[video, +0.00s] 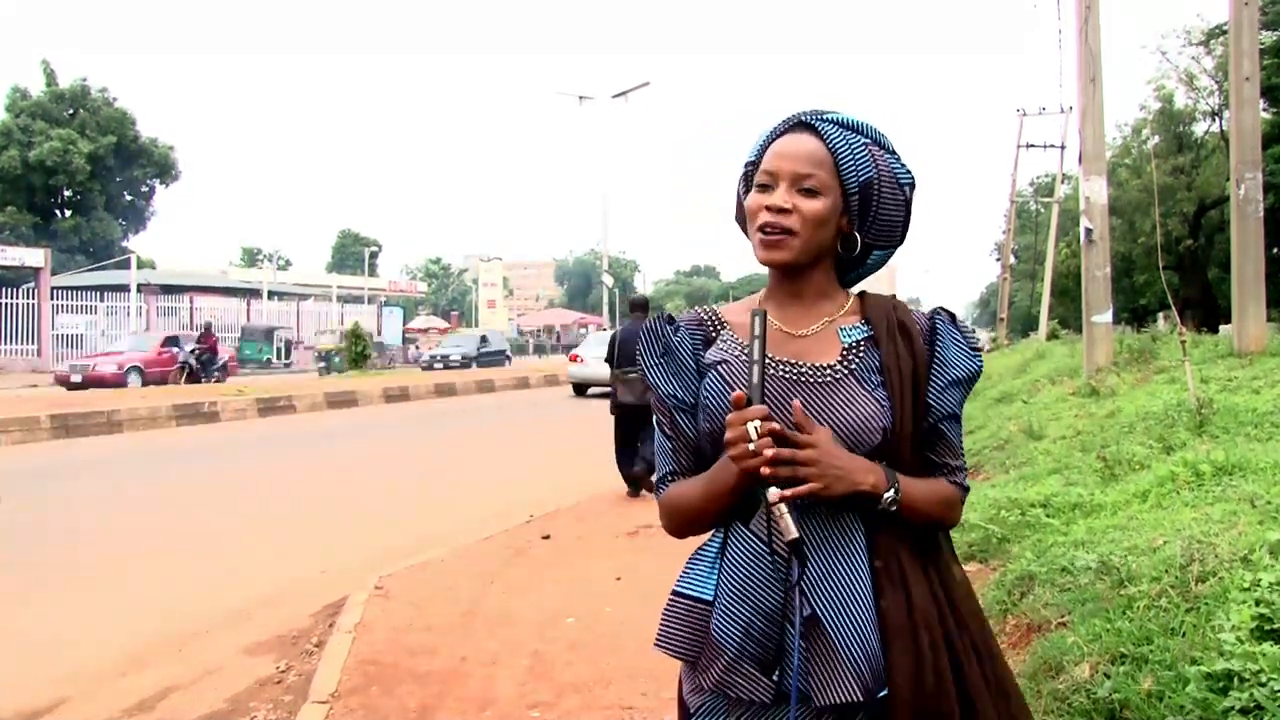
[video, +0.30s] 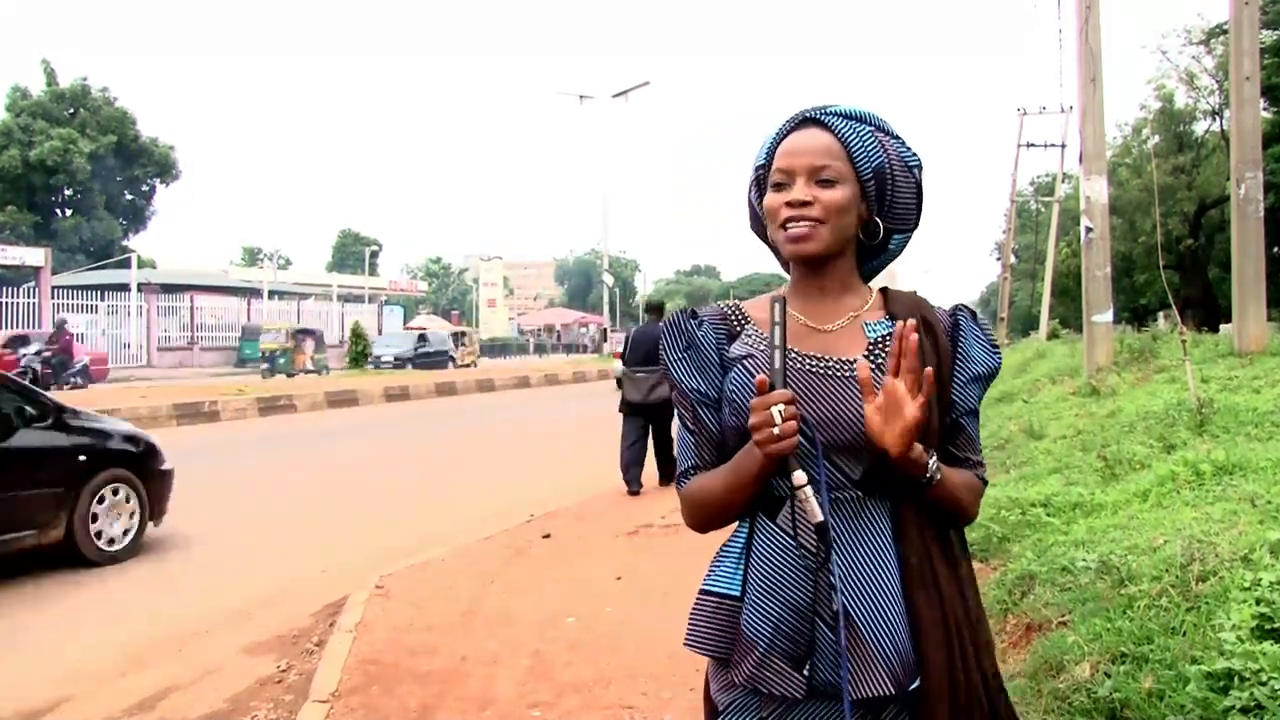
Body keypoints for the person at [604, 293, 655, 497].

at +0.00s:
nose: (638, 314)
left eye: (634, 310)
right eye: (642, 310)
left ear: (629, 311)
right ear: (647, 310)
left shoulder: (619, 334)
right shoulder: (654, 334)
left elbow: (612, 366)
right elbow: (661, 365)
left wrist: (614, 397)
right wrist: (661, 391)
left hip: (624, 401)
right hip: (649, 399)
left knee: (624, 443)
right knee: (649, 434)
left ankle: (633, 485)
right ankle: (643, 468)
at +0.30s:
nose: (655, 315)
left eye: (652, 311)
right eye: (659, 312)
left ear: (646, 313)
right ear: (663, 313)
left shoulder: (633, 334)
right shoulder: (668, 334)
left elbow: (625, 360)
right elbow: (674, 362)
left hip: (635, 392)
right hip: (661, 392)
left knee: (633, 438)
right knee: (663, 436)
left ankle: (633, 483)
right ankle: (666, 474)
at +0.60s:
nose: (669, 314)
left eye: (666, 311)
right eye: (672, 310)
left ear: (660, 311)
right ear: (677, 311)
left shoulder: (650, 332)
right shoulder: (685, 332)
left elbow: (641, 356)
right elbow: (692, 359)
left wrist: (647, 380)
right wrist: (693, 382)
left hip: (654, 388)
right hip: (679, 387)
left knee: (654, 427)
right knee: (675, 432)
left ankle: (649, 459)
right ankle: (668, 474)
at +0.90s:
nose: (678, 318)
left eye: (674, 315)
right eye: (681, 314)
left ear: (669, 316)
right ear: (685, 315)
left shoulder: (661, 336)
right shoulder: (694, 334)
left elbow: (654, 367)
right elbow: (703, 361)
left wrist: (652, 393)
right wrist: (706, 383)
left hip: (667, 385)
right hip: (690, 384)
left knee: (669, 427)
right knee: (682, 427)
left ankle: (681, 464)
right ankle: (670, 469)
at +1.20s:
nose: (690, 315)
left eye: (687, 312)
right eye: (692, 312)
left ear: (679, 312)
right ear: (694, 313)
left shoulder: (668, 332)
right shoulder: (701, 332)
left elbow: (662, 354)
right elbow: (708, 355)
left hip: (673, 383)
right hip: (697, 382)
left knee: (677, 422)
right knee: (703, 419)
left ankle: (682, 464)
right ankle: (693, 449)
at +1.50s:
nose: (699, 319)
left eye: (696, 316)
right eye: (702, 315)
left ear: (692, 316)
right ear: (707, 316)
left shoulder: (681, 335)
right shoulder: (714, 337)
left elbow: (675, 357)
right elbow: (719, 362)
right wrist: (717, 382)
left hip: (684, 386)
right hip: (707, 386)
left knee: (683, 424)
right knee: (709, 425)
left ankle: (682, 464)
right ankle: (712, 460)